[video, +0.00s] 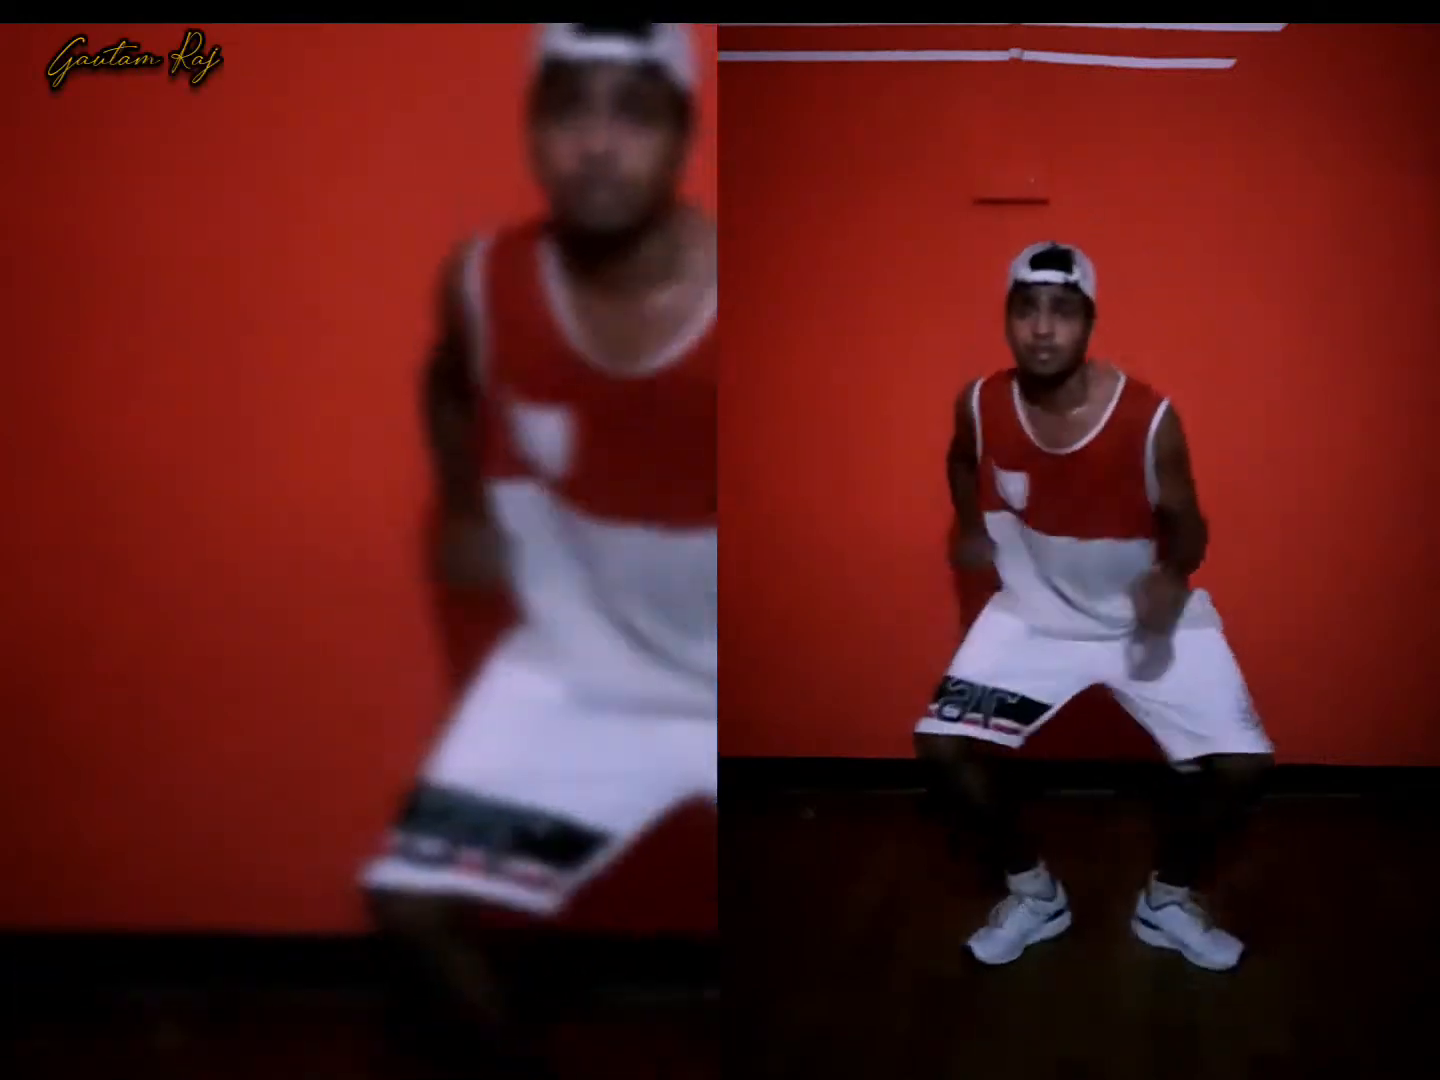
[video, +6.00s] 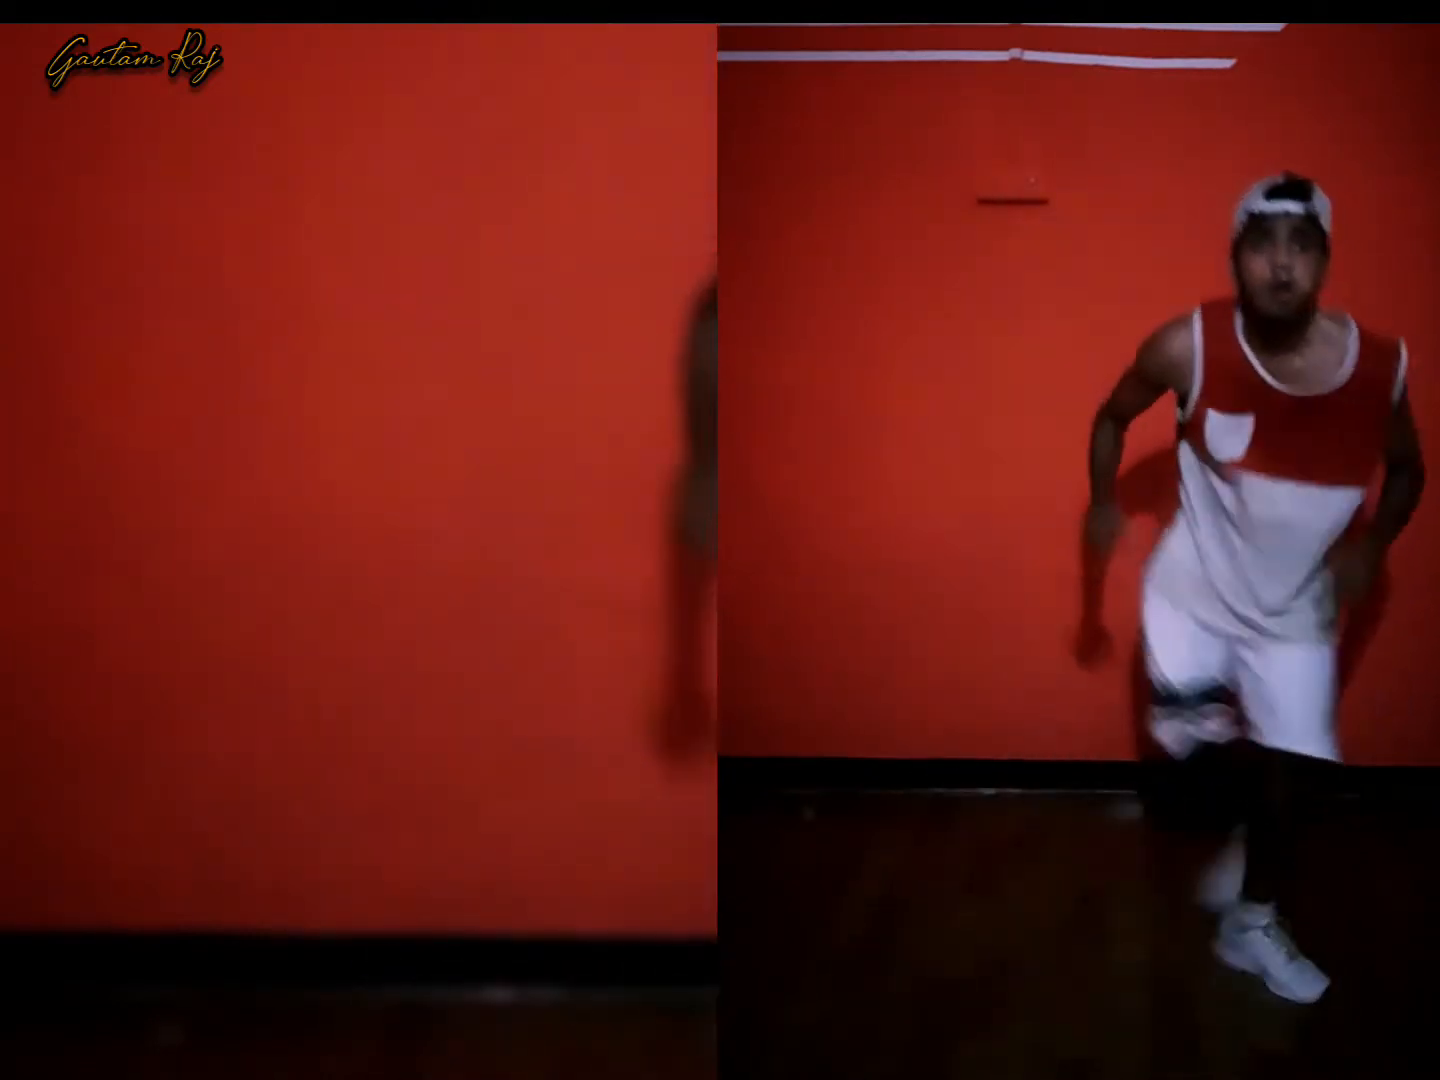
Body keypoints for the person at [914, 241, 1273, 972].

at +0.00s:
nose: (1042, 330)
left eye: (1062, 315)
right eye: (1027, 313)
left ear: (1089, 326)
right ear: (1008, 324)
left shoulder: (1148, 419)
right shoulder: (981, 407)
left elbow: (1187, 525)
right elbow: (963, 467)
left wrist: (1168, 581)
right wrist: (972, 530)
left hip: (1147, 616)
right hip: (1032, 614)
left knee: (1236, 763)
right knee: (948, 745)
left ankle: (1167, 899)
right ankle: (1032, 893)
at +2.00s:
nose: (1045, 270)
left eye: (1063, 255)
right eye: (1031, 251)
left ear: (1086, 266)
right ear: (1008, 259)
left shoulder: (1099, 348)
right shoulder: (963, 337)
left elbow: (1089, 440)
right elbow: (880, 460)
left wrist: (1146, 494)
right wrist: (904, 542)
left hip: (1023, 566)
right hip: (932, 559)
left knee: (1048, 719)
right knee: (911, 738)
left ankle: (960, 817)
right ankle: (861, 860)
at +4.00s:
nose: (1081, 306)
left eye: (1101, 290)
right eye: (1067, 288)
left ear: (1128, 304)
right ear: (1049, 301)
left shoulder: (1142, 417)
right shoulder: (1073, 383)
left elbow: (1140, 552)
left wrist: (1062, 441)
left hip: (1211, 638)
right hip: (1119, 619)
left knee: (1308, 806)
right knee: (1029, 771)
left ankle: (1426, 945)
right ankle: (1095, 907)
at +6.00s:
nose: (1280, 263)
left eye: (1299, 245)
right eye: (1262, 244)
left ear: (1325, 262)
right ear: (1235, 260)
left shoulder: (1377, 366)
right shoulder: (1188, 348)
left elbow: (1407, 471)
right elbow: (1112, 419)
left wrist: (1367, 547)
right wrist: (1102, 504)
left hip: (1295, 615)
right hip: (1192, 597)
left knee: (1296, 775)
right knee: (1198, 768)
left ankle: (1253, 919)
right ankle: (1233, 845)